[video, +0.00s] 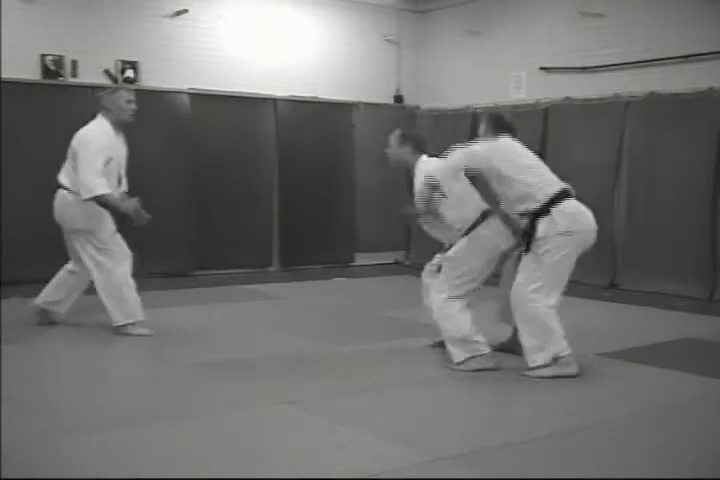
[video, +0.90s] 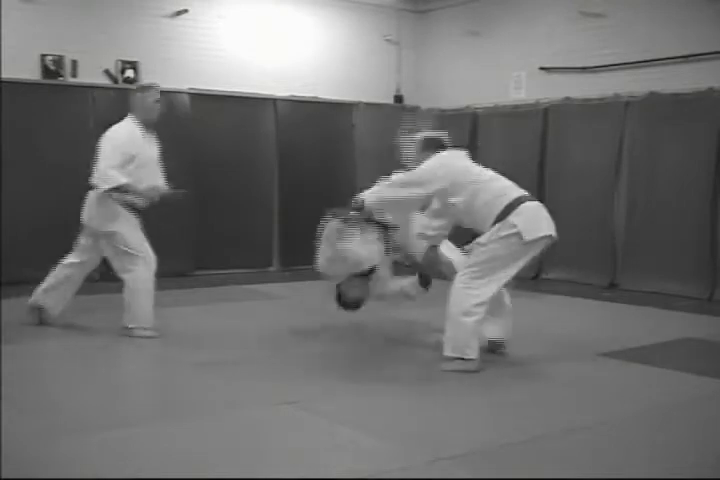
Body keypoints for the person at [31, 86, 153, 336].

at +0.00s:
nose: (134, 108)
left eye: (134, 103)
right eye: (128, 102)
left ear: (113, 106)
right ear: (108, 104)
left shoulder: (116, 137)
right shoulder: (92, 136)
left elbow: (117, 183)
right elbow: (92, 186)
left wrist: (128, 203)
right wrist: (125, 206)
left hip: (88, 202)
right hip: (79, 204)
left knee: (83, 262)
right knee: (116, 257)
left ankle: (48, 308)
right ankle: (126, 321)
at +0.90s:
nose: (159, 108)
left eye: (159, 102)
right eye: (155, 102)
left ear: (153, 105)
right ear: (138, 103)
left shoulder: (149, 139)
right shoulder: (119, 134)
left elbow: (153, 177)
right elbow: (103, 175)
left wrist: (162, 191)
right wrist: (134, 193)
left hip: (120, 208)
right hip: (105, 206)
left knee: (82, 259)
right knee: (141, 261)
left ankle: (42, 303)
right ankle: (138, 324)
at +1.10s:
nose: (194, 87)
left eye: (194, 81)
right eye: (189, 81)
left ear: (176, 83)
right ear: (171, 81)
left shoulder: (174, 112)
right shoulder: (157, 110)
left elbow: (167, 154)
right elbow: (142, 155)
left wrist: (190, 173)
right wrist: (180, 173)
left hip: (160, 191)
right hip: (147, 191)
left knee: (141, 250)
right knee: (155, 253)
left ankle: (112, 303)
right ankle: (138, 315)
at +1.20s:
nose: (209, 90)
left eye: (209, 85)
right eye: (203, 85)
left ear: (192, 88)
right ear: (185, 86)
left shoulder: (191, 117)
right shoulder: (175, 112)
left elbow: (207, 156)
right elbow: (167, 155)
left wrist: (237, 174)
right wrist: (206, 167)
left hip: (177, 193)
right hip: (171, 192)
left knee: (159, 257)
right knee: (203, 252)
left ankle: (137, 316)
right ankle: (170, 314)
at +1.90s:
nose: (147, 232)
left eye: (150, 226)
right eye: (144, 228)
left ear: (160, 220)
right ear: (144, 228)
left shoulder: (181, 230)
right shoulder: (155, 234)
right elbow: (154, 262)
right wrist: (152, 296)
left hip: (226, 262)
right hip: (203, 260)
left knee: (207, 300)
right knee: (187, 300)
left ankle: (238, 294)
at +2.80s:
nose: (123, 138)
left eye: (126, 134)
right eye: (119, 134)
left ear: (131, 137)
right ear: (111, 139)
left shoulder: (149, 153)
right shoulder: (108, 163)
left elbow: (178, 167)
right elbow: (111, 188)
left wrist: (166, 195)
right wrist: (116, 201)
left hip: (157, 209)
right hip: (128, 210)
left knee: (147, 253)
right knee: (120, 241)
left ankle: (147, 284)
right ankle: (125, 283)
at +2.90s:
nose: (123, 136)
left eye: (126, 131)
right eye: (118, 132)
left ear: (131, 134)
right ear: (110, 137)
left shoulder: (150, 149)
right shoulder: (105, 162)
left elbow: (176, 163)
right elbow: (105, 195)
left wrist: (167, 189)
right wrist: (108, 219)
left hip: (158, 206)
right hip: (130, 208)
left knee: (152, 249)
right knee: (118, 242)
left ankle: (148, 283)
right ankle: (117, 280)